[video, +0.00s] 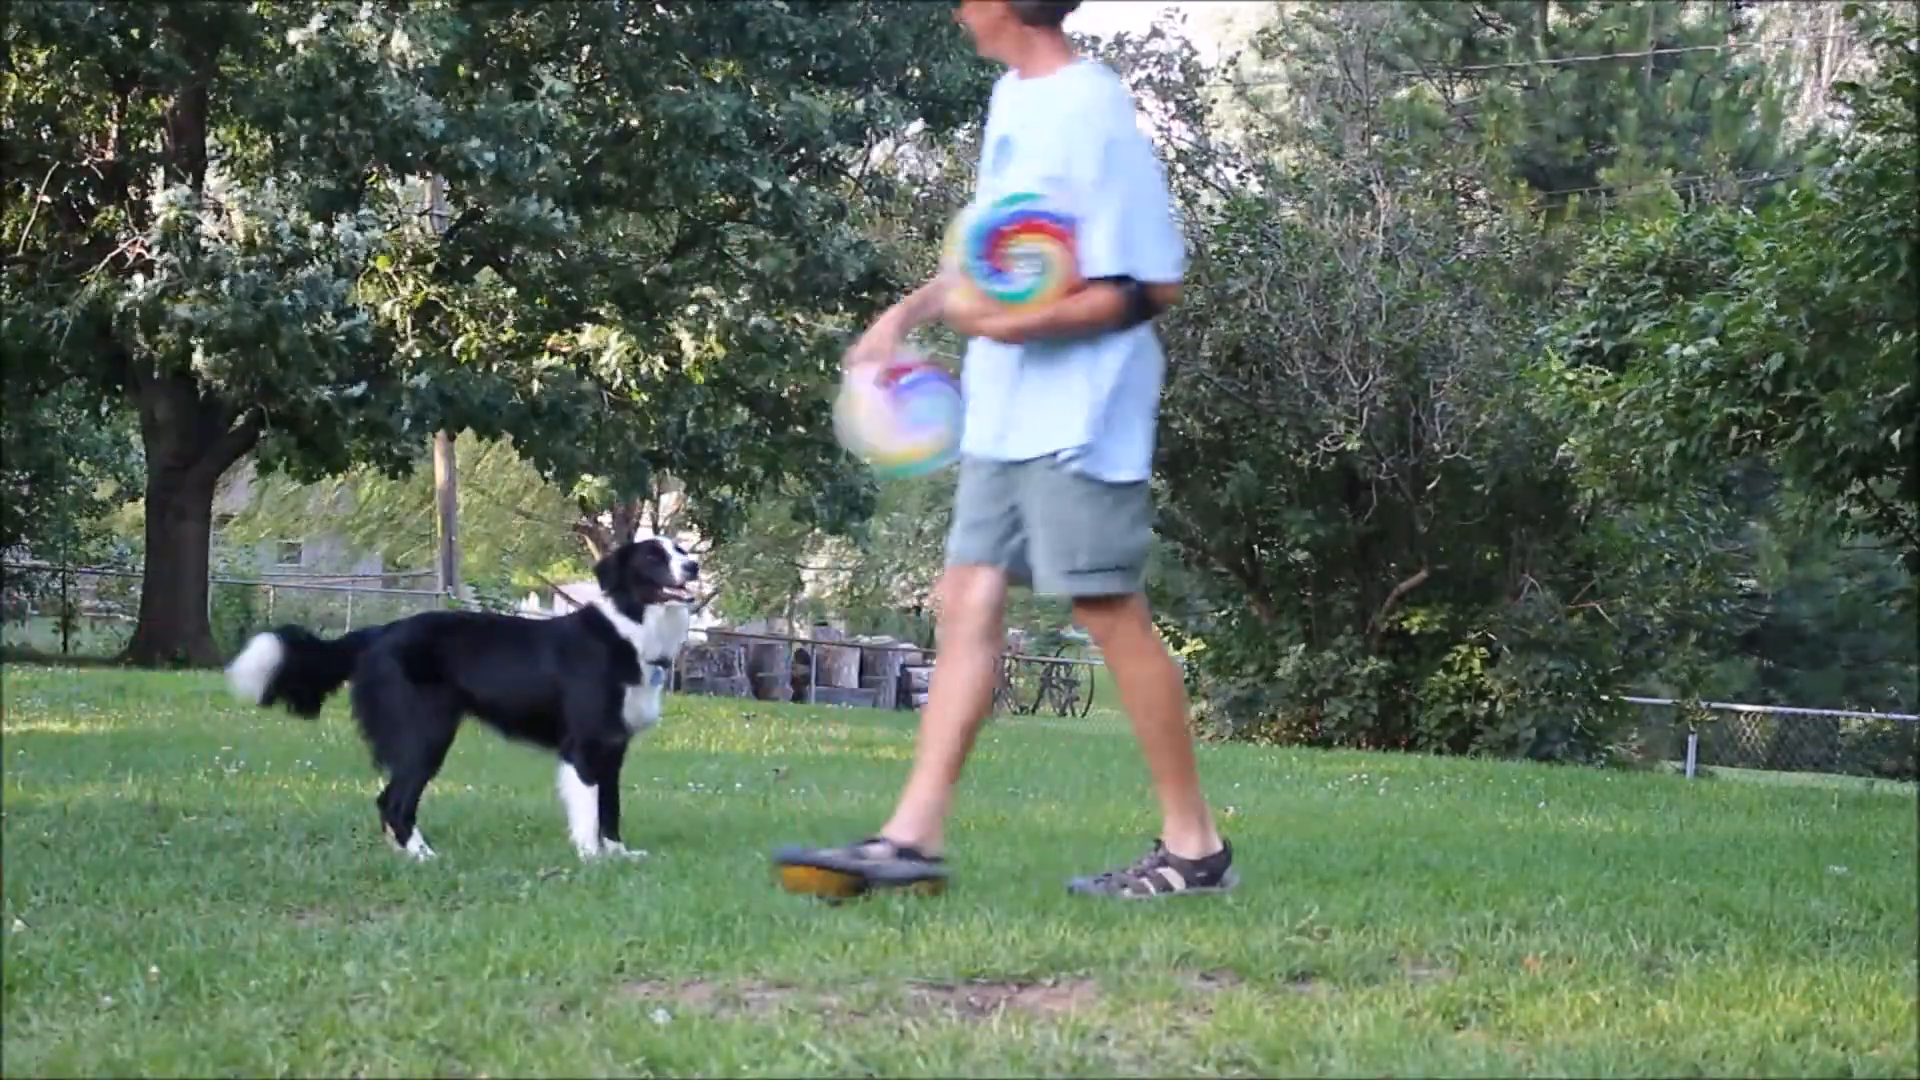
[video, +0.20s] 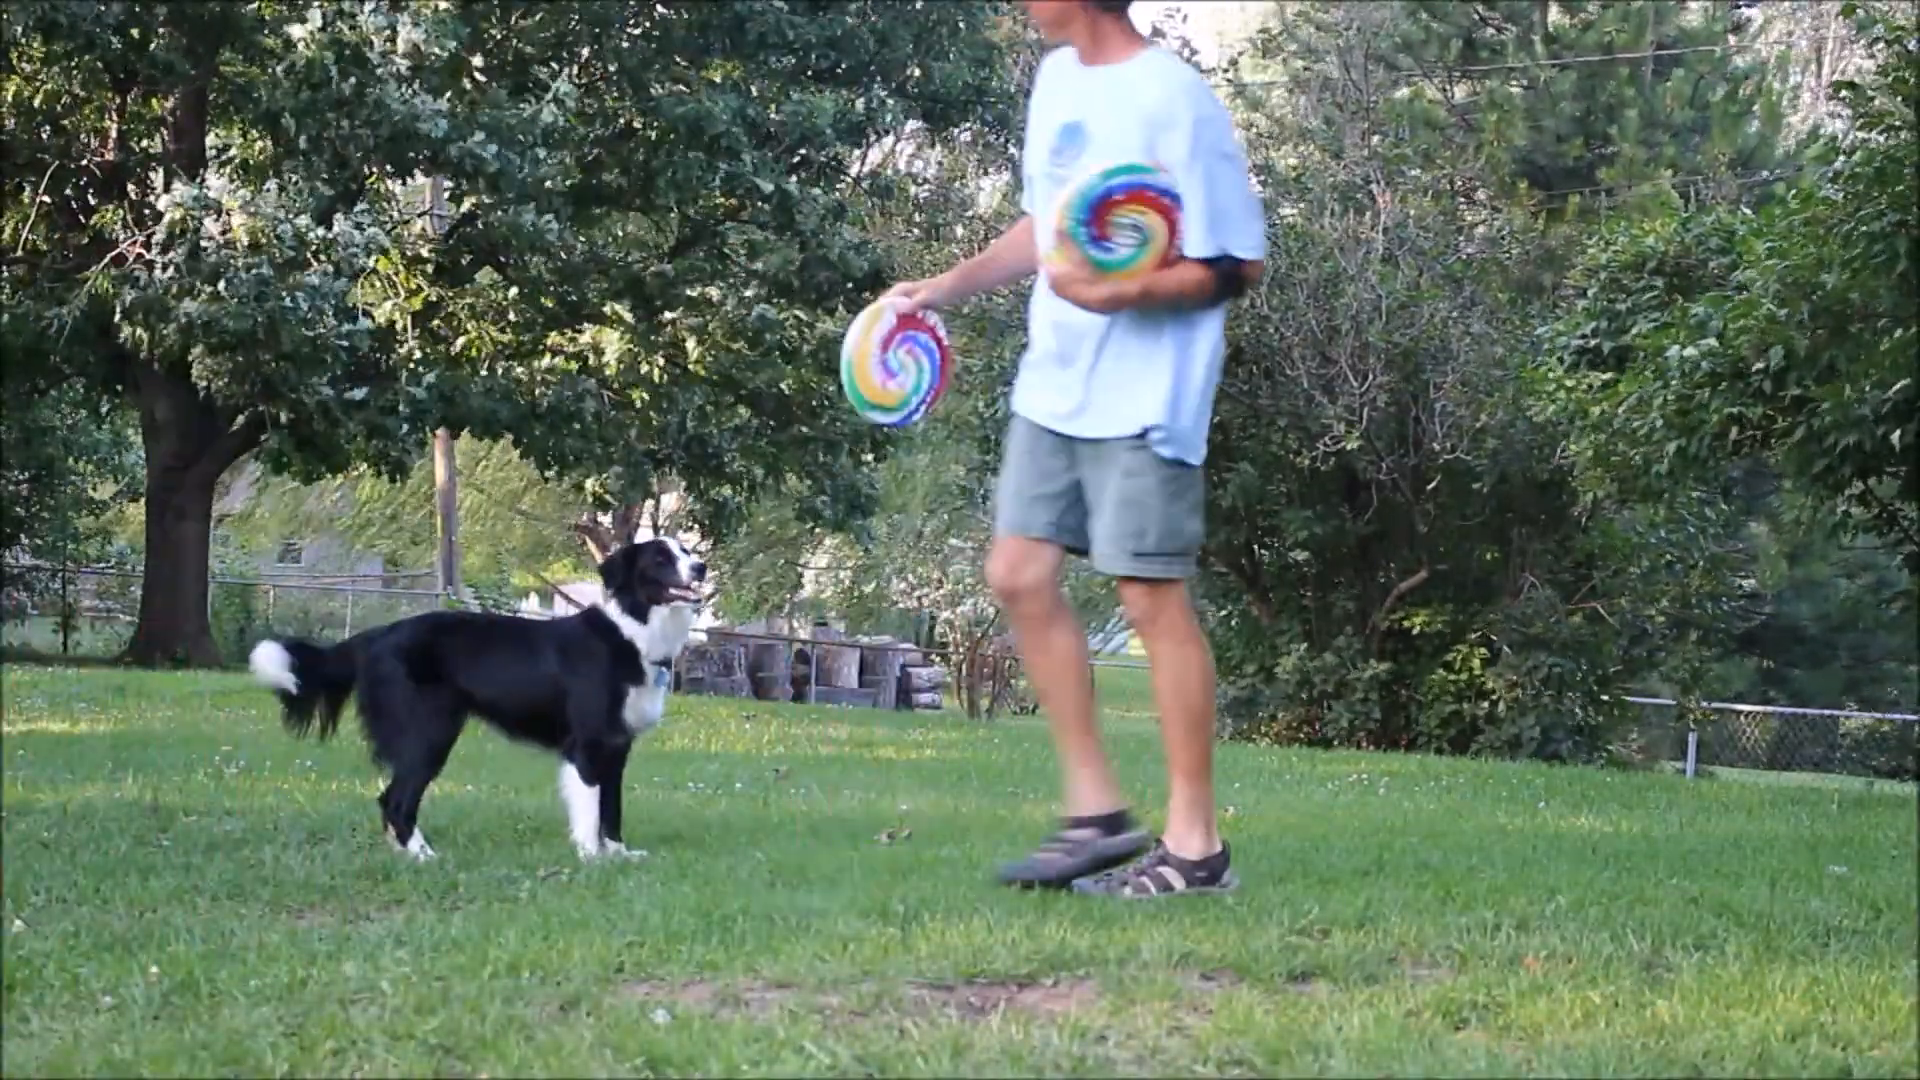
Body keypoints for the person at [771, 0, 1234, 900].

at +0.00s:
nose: (963, 15)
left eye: (971, 2)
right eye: (965, 4)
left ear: (1011, 9)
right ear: (1025, 12)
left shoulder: (1100, 114)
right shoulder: (1009, 104)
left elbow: (1142, 290)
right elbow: (993, 255)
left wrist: (1003, 324)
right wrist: (901, 316)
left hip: (1085, 421)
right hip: (1003, 415)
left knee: (1111, 614)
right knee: (967, 605)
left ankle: (1195, 846)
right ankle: (911, 840)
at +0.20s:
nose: (1024, 5)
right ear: (1080, 5)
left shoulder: (1183, 99)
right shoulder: (1054, 78)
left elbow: (1235, 265)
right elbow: (1049, 226)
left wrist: (1111, 288)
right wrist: (943, 288)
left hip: (1151, 399)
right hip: (1054, 386)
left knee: (1154, 598)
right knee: (1020, 576)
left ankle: (1195, 846)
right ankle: (1096, 813)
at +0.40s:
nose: (1068, 4)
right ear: (1123, 4)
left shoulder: (1224, 100)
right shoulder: (1093, 92)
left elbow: (1276, 264)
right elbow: (1068, 233)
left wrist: (1158, 284)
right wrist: (980, 283)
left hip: (1180, 394)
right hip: (1100, 392)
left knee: (1159, 593)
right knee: (1099, 589)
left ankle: (1193, 849)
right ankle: (1227, 778)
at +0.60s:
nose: (1093, 33)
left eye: (1099, 15)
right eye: (1092, 17)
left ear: (1140, 14)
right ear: (1147, 19)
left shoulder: (1232, 118)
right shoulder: (1138, 119)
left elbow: (1283, 280)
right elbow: (1130, 266)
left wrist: (1167, 303)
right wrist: (1034, 315)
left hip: (1202, 405)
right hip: (1154, 398)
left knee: (1140, 596)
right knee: (1160, 594)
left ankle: (1191, 848)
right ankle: (1242, 803)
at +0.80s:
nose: (1112, 56)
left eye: (1118, 39)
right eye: (1111, 42)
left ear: (1160, 37)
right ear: (1165, 40)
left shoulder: (1233, 132)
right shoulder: (1187, 139)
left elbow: (1294, 290)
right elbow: (1191, 291)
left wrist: (1170, 324)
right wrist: (1103, 355)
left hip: (1228, 407)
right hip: (1200, 405)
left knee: (1162, 594)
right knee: (1201, 606)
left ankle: (1188, 847)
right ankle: (1262, 821)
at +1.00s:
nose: (1131, 60)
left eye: (1138, 42)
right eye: (1132, 45)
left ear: (1175, 40)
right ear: (1183, 42)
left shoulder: (1241, 124)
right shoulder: (1219, 130)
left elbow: (1295, 269)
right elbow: (1234, 295)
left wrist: (1177, 306)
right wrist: (1143, 379)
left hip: (1262, 392)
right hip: (1254, 394)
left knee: (1177, 578)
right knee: (1234, 602)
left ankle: (1252, 823)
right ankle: (1261, 820)